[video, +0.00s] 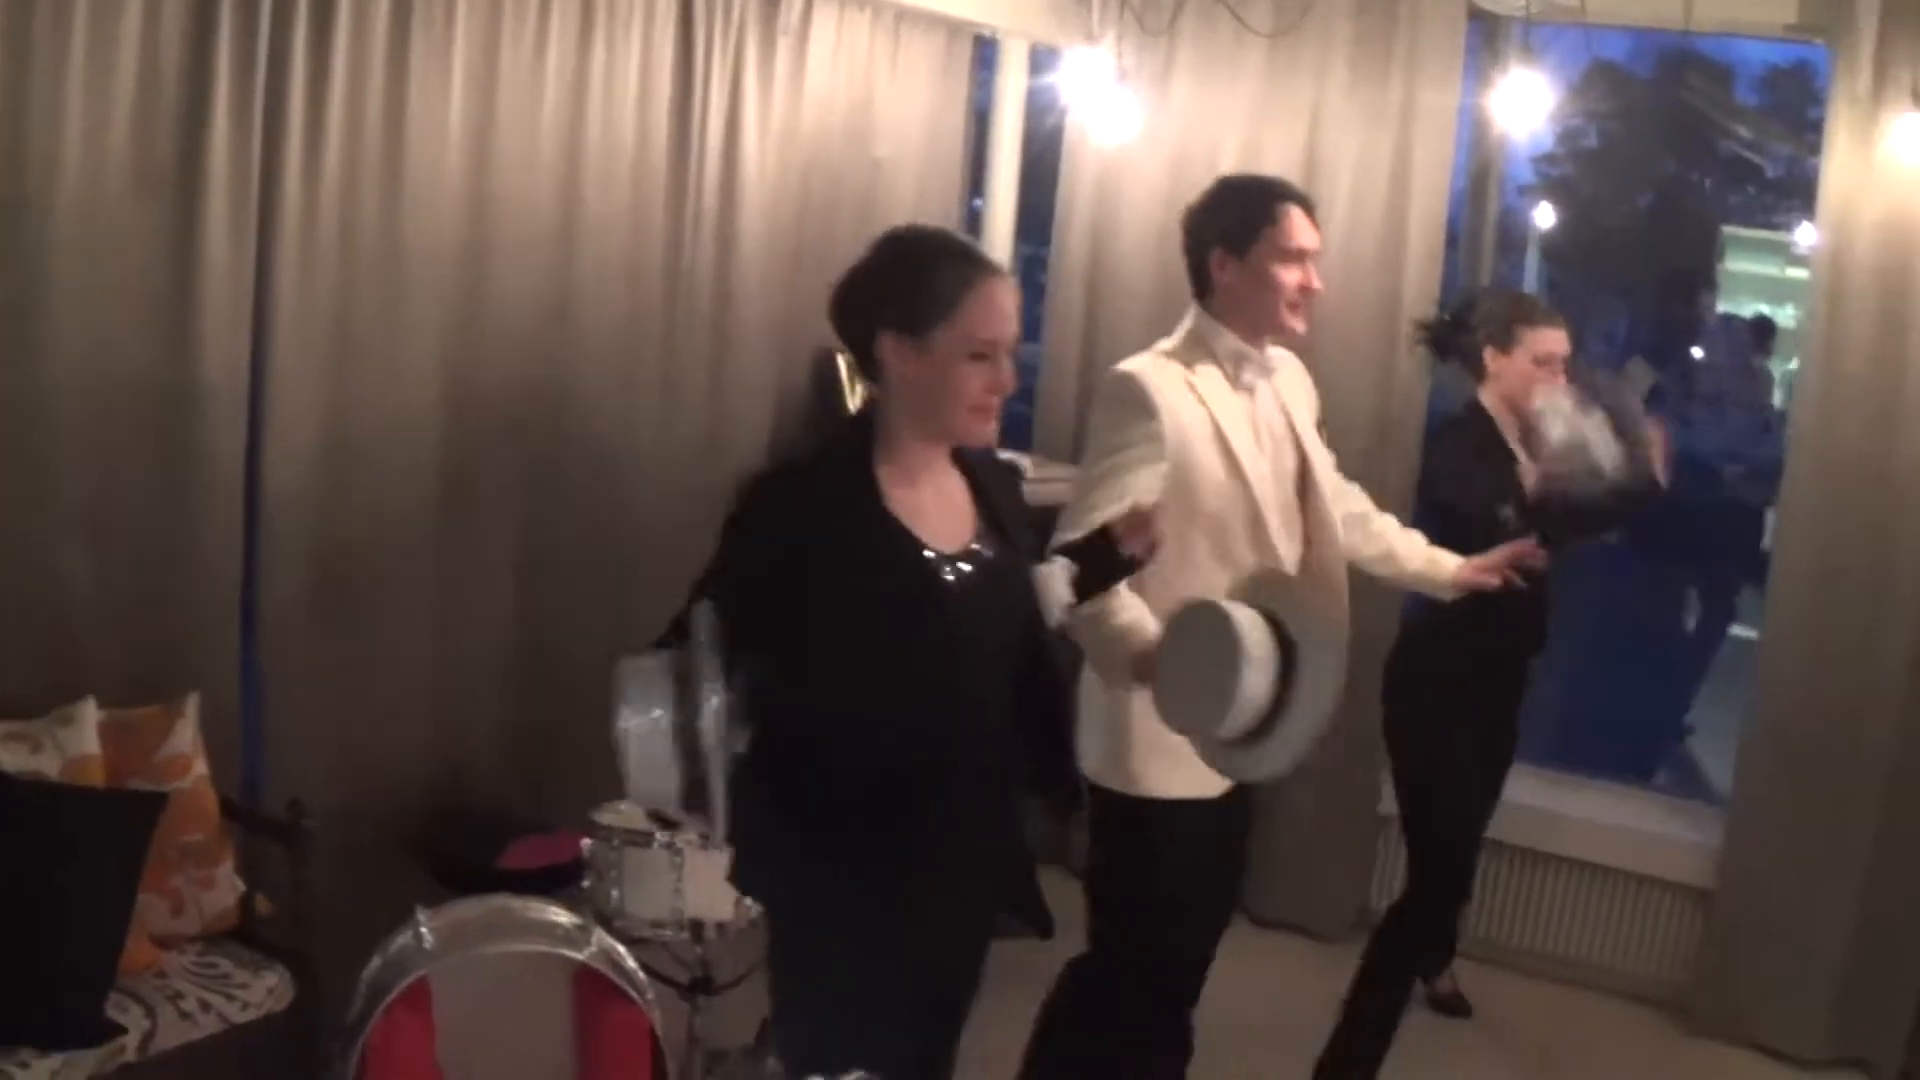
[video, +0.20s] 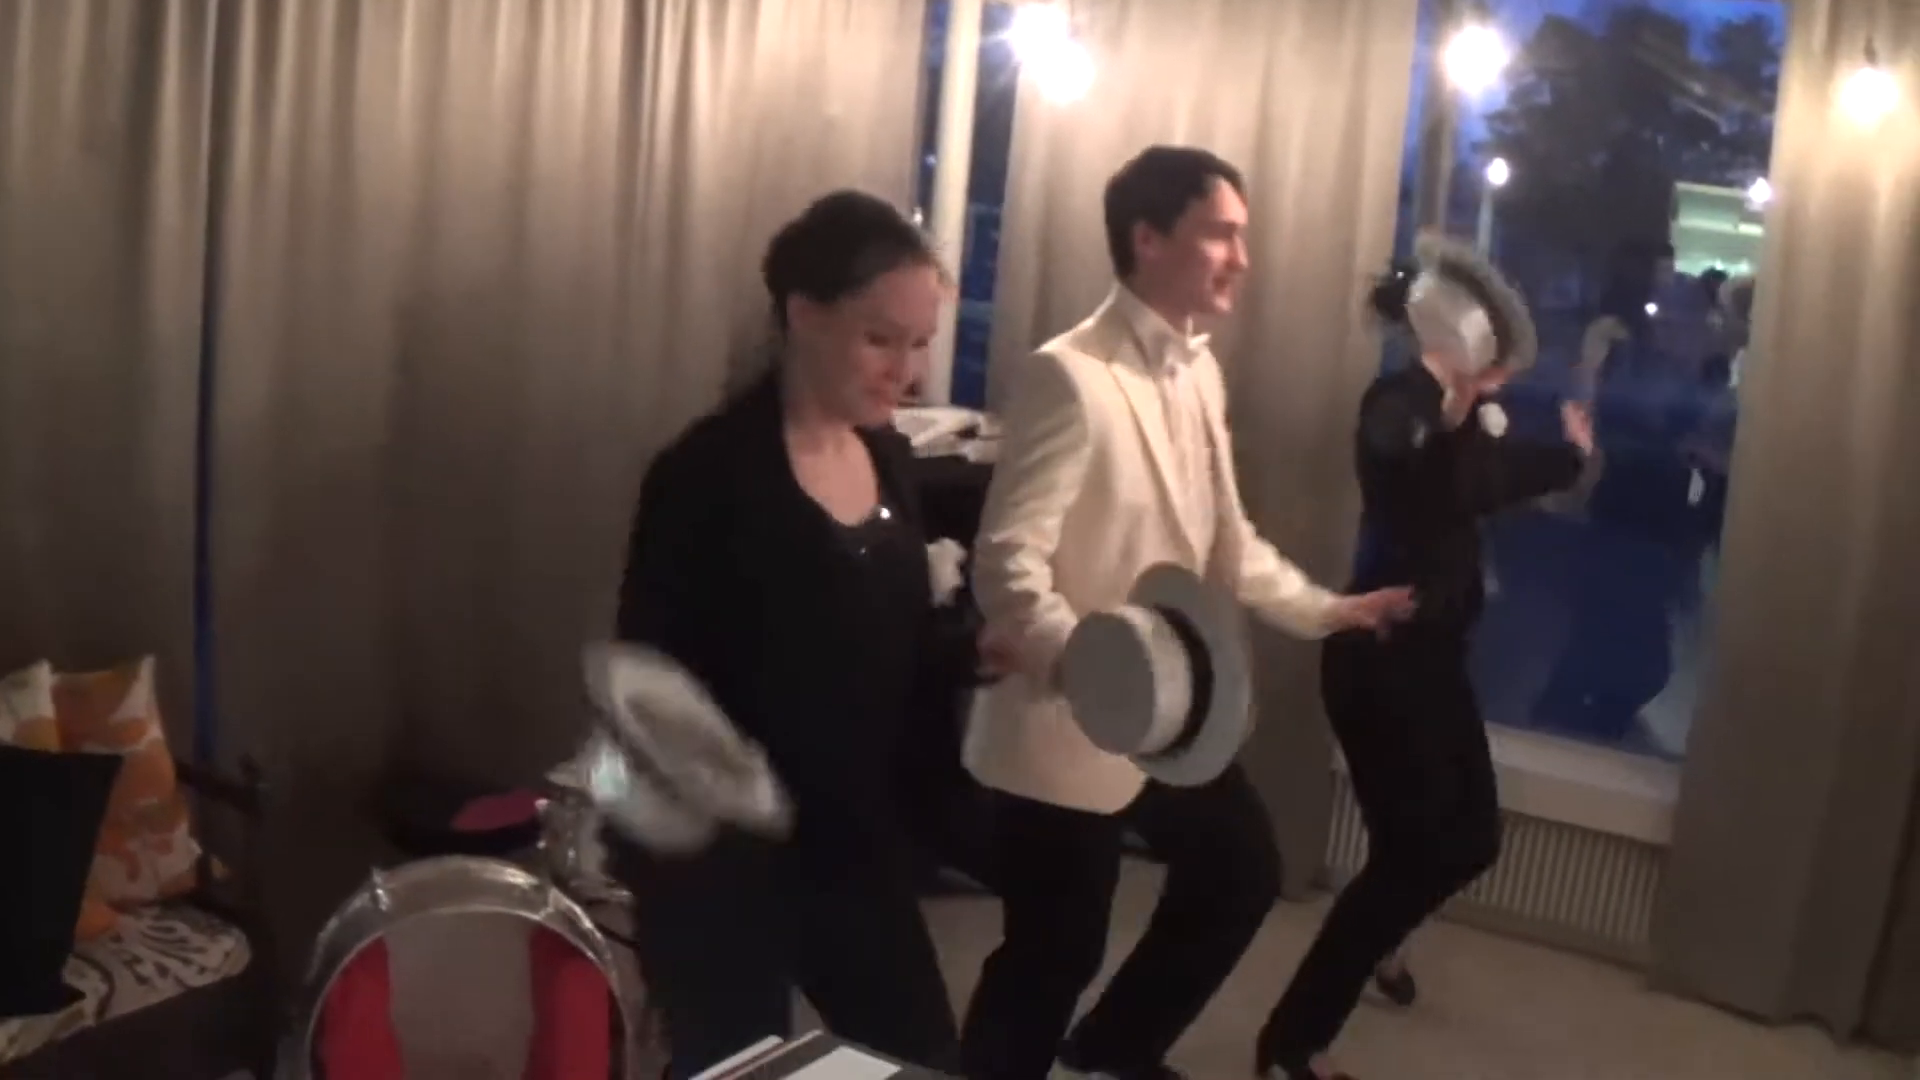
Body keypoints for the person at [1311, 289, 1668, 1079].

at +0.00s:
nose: (1559, 381)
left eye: (1563, 366)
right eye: (1545, 363)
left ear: (1549, 370)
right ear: (1493, 359)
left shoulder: (1530, 446)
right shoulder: (1460, 441)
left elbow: (1565, 514)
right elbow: (1506, 529)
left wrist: (1635, 476)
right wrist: (1641, 483)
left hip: (1496, 669)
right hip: (1437, 668)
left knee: (1458, 836)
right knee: (1434, 878)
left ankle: (1434, 960)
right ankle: (1347, 1060)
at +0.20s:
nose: (1502, 387)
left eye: (1506, 376)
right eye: (1499, 373)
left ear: (1448, 343)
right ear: (1473, 353)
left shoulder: (1455, 419)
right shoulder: (1400, 404)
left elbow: (1487, 479)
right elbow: (1424, 488)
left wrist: (1566, 459)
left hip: (1431, 651)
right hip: (1377, 650)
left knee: (1469, 838)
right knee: (1409, 851)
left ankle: (1375, 937)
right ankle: (1290, 1042)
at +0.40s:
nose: (1497, 331)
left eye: (1499, 314)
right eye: (1486, 313)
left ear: (1452, 315)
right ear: (1439, 311)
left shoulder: (1440, 391)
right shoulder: (1394, 383)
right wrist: (1422, 366)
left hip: (1394, 631)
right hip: (1350, 629)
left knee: (1478, 807)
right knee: (1359, 828)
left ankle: (1413, 1022)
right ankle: (1257, 1021)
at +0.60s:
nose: (1496, 312)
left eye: (1501, 296)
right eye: (1484, 295)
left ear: (1479, 294)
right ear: (1434, 286)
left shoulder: (1438, 372)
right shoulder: (1408, 365)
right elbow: (1404, 359)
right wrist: (1422, 311)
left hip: (1408, 615)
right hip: (1365, 614)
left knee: (1421, 821)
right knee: (1362, 812)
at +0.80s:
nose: (1494, 315)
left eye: (1493, 297)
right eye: (1481, 298)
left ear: (1436, 293)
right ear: (1433, 291)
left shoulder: (1428, 371)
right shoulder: (1391, 369)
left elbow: (1432, 481)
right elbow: (1428, 469)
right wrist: (1424, 349)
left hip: (1400, 625)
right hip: (1354, 624)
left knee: (1478, 794)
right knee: (1379, 813)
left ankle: (1387, 995)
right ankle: (1262, 996)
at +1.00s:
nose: (1514, 282)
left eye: (1515, 268)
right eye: (1500, 267)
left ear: (1484, 280)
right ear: (1454, 273)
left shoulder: (1458, 365)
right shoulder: (1418, 329)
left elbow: (1428, 511)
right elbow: (1364, 324)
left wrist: (1494, 573)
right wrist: (1421, 248)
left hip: (1404, 586)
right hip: (1355, 583)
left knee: (1455, 759)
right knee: (1347, 795)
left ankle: (1348, 884)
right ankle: (1258, 991)